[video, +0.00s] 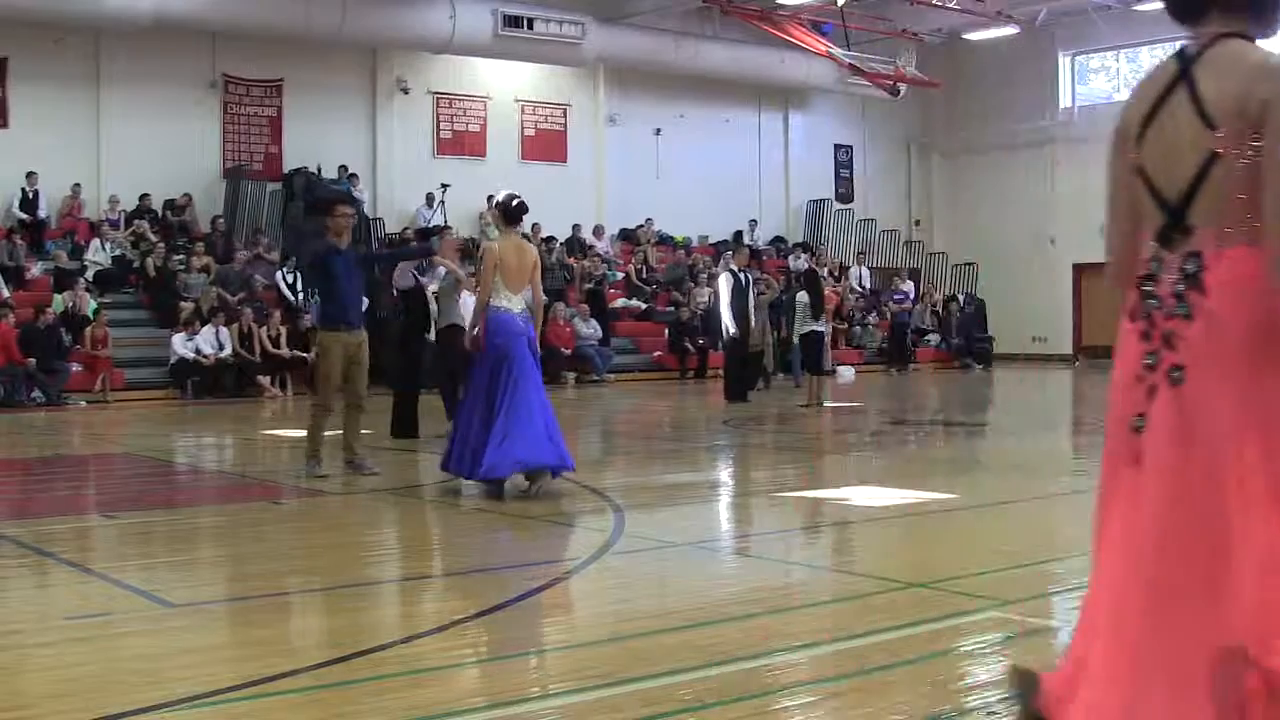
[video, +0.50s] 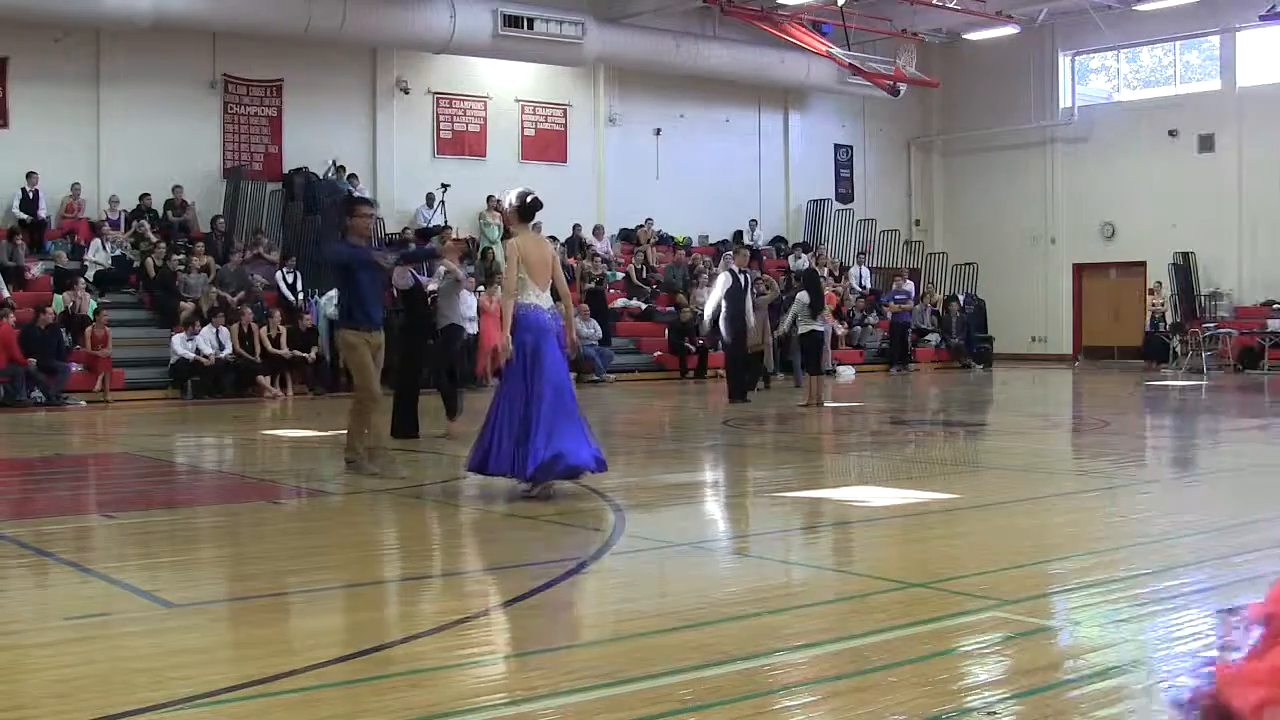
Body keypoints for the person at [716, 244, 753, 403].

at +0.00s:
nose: (747, 259)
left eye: (748, 256)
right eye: (745, 255)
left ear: (745, 257)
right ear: (736, 256)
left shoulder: (747, 277)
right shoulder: (725, 277)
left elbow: (751, 302)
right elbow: (724, 304)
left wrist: (752, 322)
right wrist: (731, 327)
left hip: (746, 321)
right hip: (733, 321)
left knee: (742, 358)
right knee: (732, 359)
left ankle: (741, 391)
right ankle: (731, 393)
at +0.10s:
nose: (746, 259)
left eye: (747, 256)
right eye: (743, 255)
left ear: (746, 258)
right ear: (734, 256)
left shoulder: (747, 277)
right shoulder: (725, 276)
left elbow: (750, 302)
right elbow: (723, 304)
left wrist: (752, 322)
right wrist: (729, 327)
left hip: (745, 320)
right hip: (732, 320)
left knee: (742, 357)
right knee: (732, 359)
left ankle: (741, 391)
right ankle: (731, 393)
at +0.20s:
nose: (746, 259)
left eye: (747, 256)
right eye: (743, 255)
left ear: (747, 258)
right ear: (734, 256)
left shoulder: (747, 277)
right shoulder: (725, 276)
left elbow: (750, 302)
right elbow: (721, 304)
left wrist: (752, 323)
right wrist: (724, 328)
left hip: (743, 322)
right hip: (731, 322)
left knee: (742, 357)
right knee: (732, 359)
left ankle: (741, 391)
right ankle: (731, 393)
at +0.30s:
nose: (746, 259)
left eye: (747, 256)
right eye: (743, 255)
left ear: (746, 258)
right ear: (734, 256)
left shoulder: (747, 277)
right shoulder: (725, 276)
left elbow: (750, 304)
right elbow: (720, 303)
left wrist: (751, 325)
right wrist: (720, 327)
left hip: (742, 323)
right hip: (730, 323)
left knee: (742, 358)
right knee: (731, 360)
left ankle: (741, 392)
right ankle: (732, 393)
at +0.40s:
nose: (746, 259)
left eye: (747, 256)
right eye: (743, 255)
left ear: (747, 258)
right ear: (735, 256)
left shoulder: (746, 277)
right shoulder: (725, 276)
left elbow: (749, 303)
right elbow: (717, 301)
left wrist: (751, 323)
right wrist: (714, 324)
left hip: (742, 320)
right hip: (728, 319)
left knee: (742, 355)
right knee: (732, 356)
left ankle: (741, 391)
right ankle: (733, 393)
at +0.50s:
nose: (747, 259)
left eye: (748, 256)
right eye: (744, 256)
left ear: (747, 258)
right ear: (735, 257)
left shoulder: (747, 277)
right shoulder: (726, 276)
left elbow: (749, 301)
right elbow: (714, 298)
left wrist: (751, 321)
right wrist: (707, 319)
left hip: (742, 320)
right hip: (728, 319)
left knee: (742, 355)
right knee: (732, 355)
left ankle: (741, 392)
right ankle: (734, 393)